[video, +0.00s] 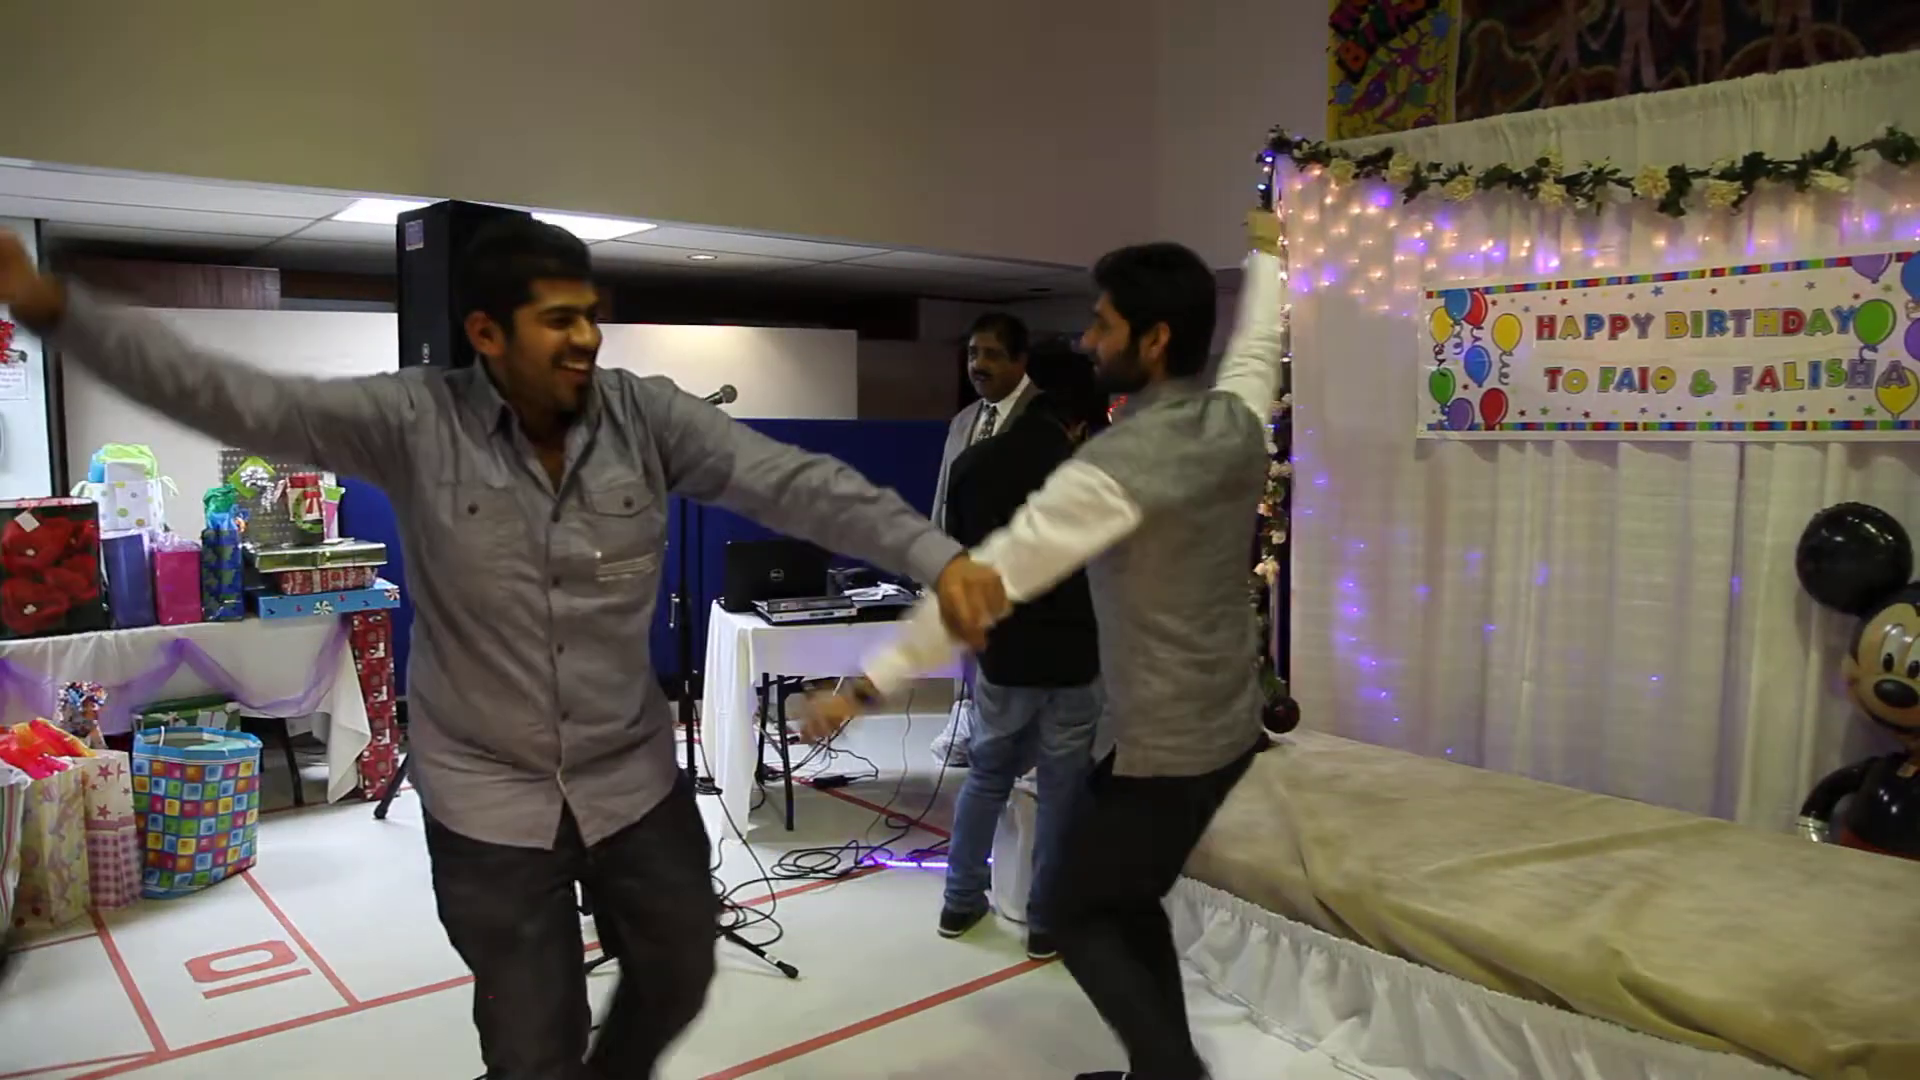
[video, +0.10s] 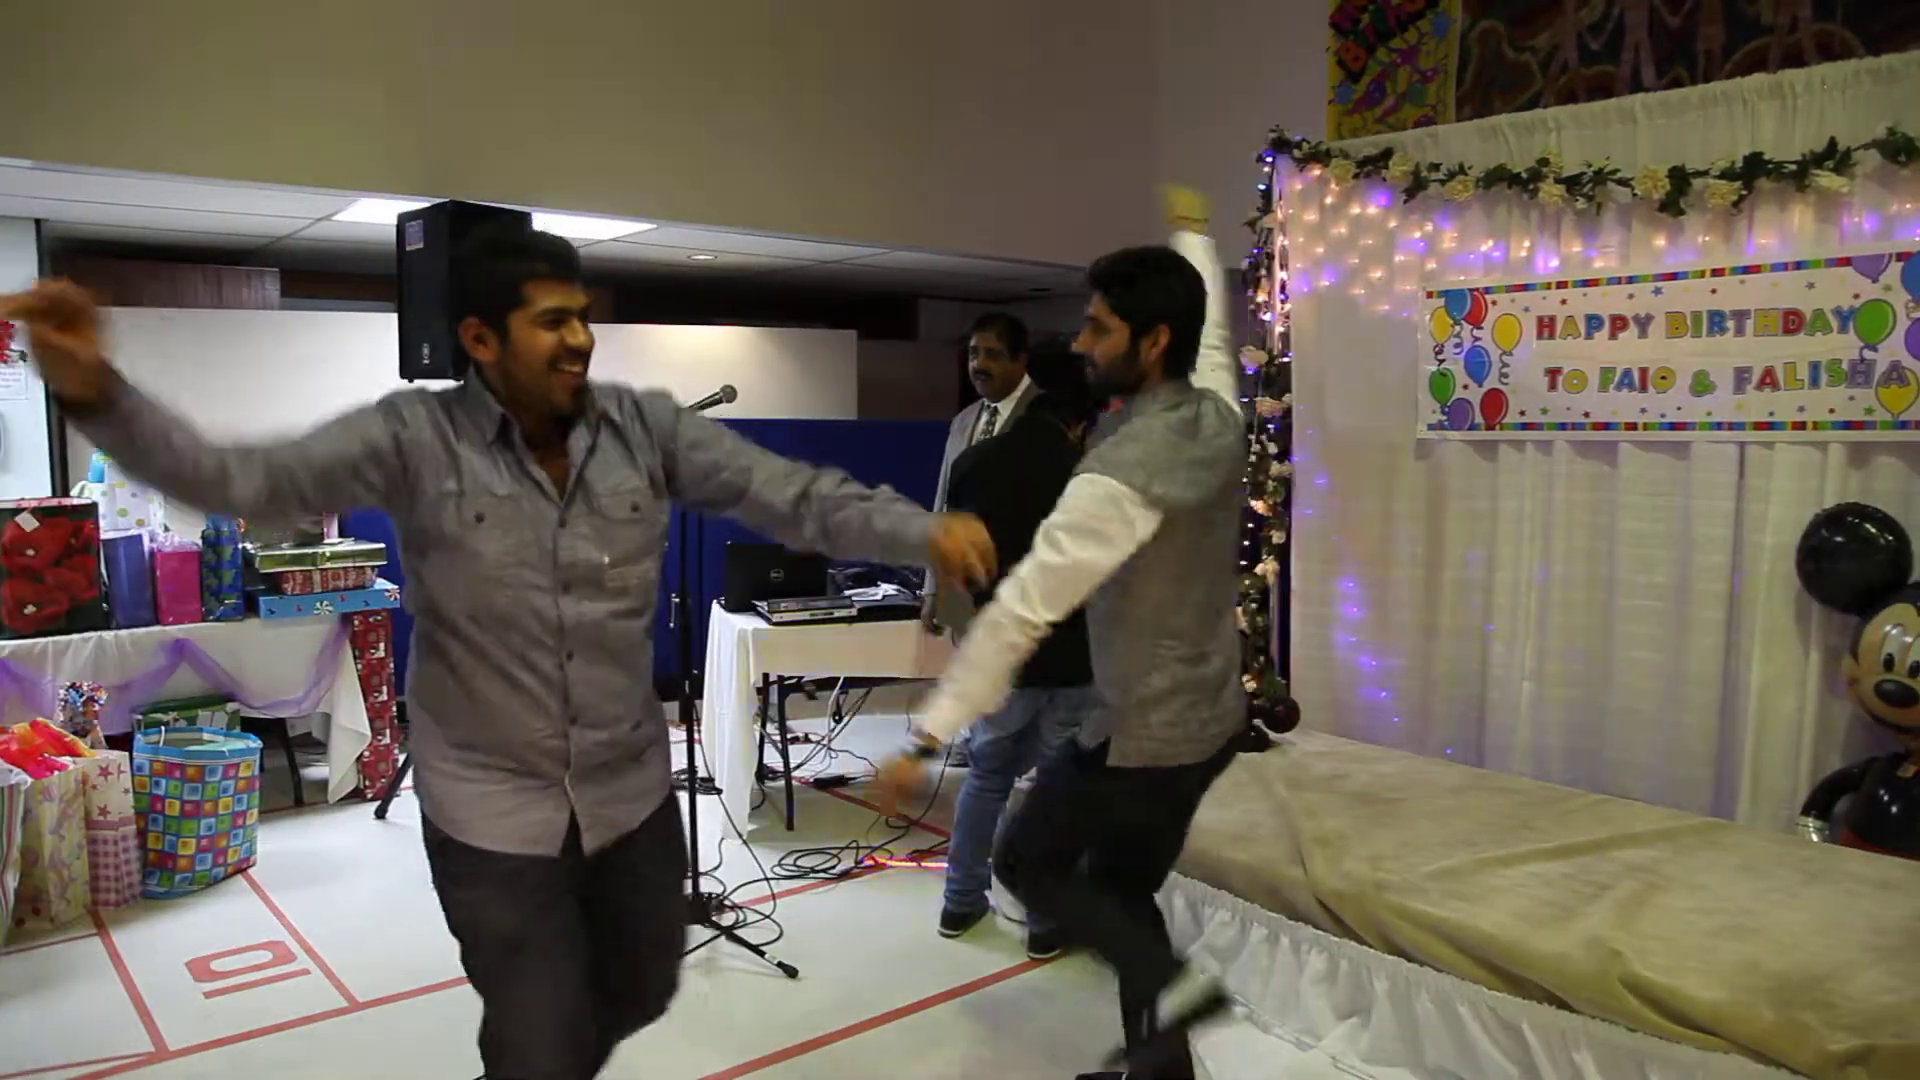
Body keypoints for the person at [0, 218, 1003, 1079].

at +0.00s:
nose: (585, 341)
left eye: (594, 319)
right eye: (559, 320)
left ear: (603, 324)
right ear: (485, 332)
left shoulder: (645, 415)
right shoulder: (410, 421)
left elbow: (794, 483)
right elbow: (229, 393)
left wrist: (939, 557)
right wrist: (59, 309)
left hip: (630, 775)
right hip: (484, 796)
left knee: (679, 977)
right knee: (539, 1048)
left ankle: (605, 1073)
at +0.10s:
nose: (580, 344)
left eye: (586, 321)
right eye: (553, 324)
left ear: (594, 328)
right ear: (480, 338)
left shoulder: (643, 428)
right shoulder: (413, 438)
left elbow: (795, 495)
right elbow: (239, 479)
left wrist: (929, 532)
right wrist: (102, 396)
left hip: (628, 789)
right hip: (487, 809)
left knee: (643, 990)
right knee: (546, 1045)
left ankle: (528, 1062)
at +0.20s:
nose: (578, 365)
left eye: (580, 343)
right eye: (551, 345)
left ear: (586, 354)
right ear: (476, 368)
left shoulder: (649, 464)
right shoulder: (407, 482)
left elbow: (785, 536)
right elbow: (233, 567)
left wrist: (883, 502)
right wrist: (161, 432)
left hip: (629, 815)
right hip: (491, 830)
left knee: (626, 1001)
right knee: (560, 1058)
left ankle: (522, 1025)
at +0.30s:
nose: (580, 351)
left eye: (581, 331)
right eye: (553, 335)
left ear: (590, 344)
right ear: (478, 359)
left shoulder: (648, 455)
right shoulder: (406, 474)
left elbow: (800, 499)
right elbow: (217, 519)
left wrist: (910, 437)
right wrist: (162, 362)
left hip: (631, 814)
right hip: (491, 831)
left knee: (658, 1008)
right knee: (553, 1059)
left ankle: (528, 1019)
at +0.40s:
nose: (587, 322)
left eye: (591, 301)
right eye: (560, 305)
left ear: (601, 317)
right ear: (486, 329)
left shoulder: (650, 410)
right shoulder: (406, 429)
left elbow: (824, 417)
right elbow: (214, 408)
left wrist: (988, 385)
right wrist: (118, 249)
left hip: (642, 785)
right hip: (494, 810)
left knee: (679, 987)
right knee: (538, 1057)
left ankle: (548, 977)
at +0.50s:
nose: (599, 330)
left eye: (602, 309)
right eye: (572, 312)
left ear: (604, 324)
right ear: (494, 331)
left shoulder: (653, 415)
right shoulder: (416, 423)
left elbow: (835, 409)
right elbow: (246, 370)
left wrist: (1019, 401)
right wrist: (108, 232)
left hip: (649, 782)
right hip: (499, 809)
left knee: (711, 979)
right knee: (537, 1060)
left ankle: (621, 998)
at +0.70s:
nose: (628, 338)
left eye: (631, 318)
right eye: (601, 321)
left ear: (630, 336)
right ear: (524, 341)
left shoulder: (684, 439)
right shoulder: (445, 433)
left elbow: (852, 506)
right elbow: (284, 409)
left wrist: (1032, 556)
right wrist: (171, 286)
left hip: (672, 793)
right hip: (520, 816)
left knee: (768, 1034)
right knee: (553, 1062)